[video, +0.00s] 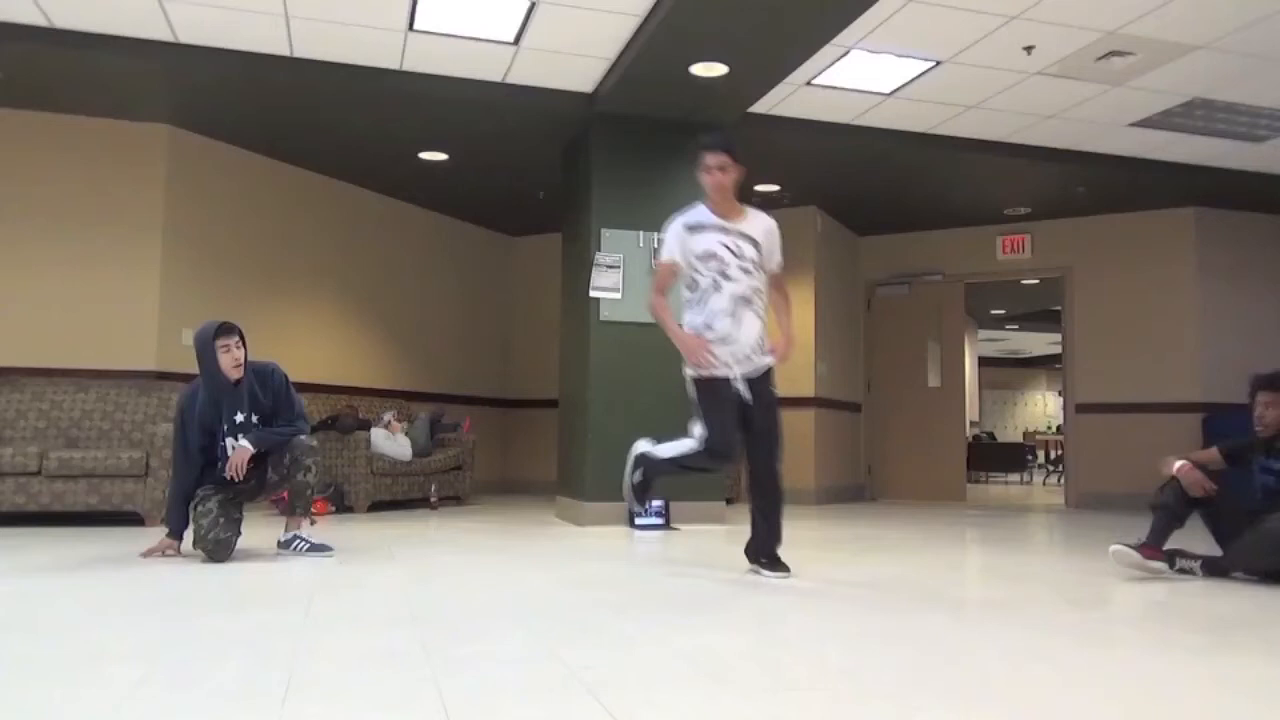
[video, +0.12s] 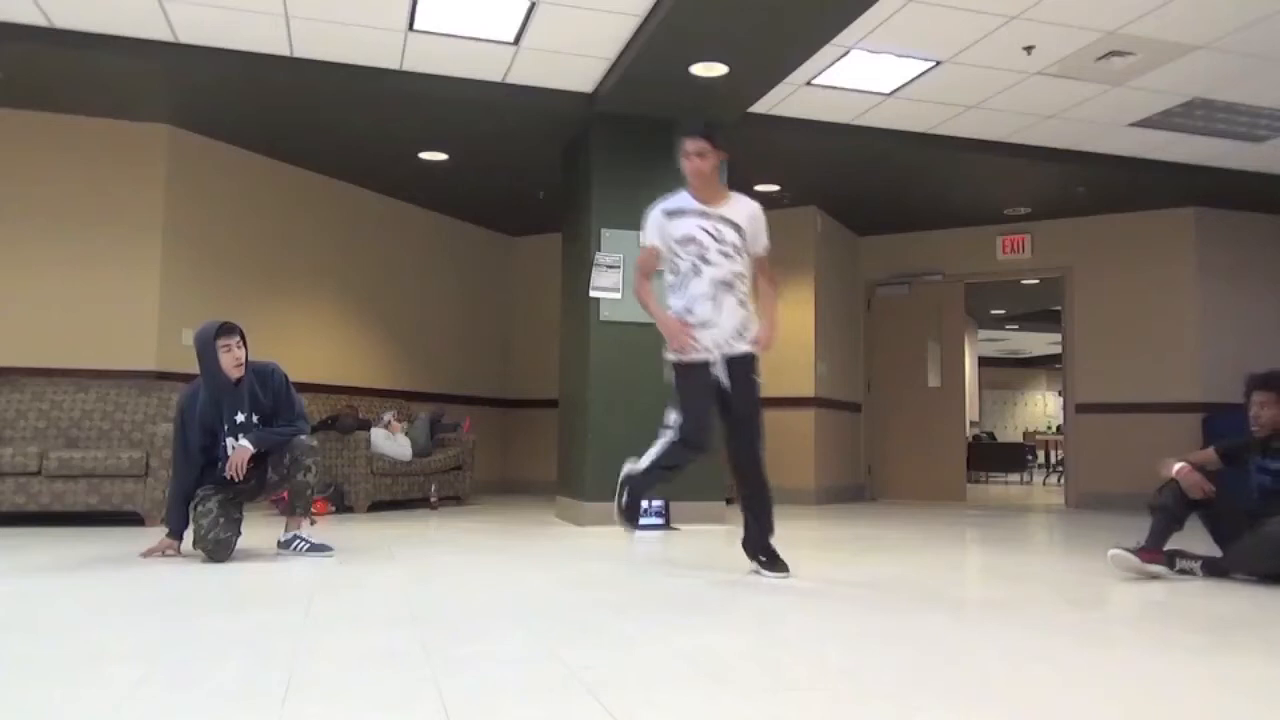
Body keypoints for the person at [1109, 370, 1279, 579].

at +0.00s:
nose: (1258, 413)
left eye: (1269, 406)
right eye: (1256, 406)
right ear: (1251, 408)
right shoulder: (1256, 446)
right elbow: (1170, 462)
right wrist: (1182, 468)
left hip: (1271, 555)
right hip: (1246, 545)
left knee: (1276, 523)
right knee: (1188, 475)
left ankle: (1214, 566)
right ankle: (1151, 547)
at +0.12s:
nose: (1254, 413)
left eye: (1265, 406)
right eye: (1251, 406)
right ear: (1246, 408)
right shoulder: (1251, 447)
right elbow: (1169, 464)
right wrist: (1182, 470)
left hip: (1271, 553)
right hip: (1245, 544)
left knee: (1275, 529)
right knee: (1186, 477)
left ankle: (1209, 567)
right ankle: (1151, 549)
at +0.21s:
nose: (1246, 414)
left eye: (1256, 406)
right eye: (1243, 406)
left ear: (1276, 411)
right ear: (1239, 409)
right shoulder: (1246, 446)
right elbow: (1165, 467)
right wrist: (1179, 473)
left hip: (1266, 548)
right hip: (1238, 538)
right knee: (1183, 480)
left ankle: (1203, 567)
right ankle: (1147, 553)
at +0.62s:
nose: (1222, 421)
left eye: (1232, 414)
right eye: (1220, 413)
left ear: (1258, 420)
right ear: (1215, 414)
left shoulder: (1274, 463)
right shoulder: (1226, 456)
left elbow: (1270, 524)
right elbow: (1190, 479)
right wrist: (1150, 482)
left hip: (1264, 541)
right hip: (1230, 531)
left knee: (1268, 566)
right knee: (1178, 474)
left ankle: (1201, 566)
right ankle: (1149, 551)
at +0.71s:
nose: (1219, 424)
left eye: (1229, 417)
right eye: (1217, 416)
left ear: (1255, 424)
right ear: (1212, 417)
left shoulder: (1274, 464)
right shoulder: (1223, 458)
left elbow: (1271, 528)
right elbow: (1204, 497)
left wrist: (1193, 534)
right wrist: (1154, 496)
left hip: (1262, 540)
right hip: (1229, 528)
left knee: (1269, 568)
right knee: (1178, 475)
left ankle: (1207, 566)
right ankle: (1150, 551)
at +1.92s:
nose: (1217, 432)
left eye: (1227, 422)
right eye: (1213, 422)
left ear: (1253, 426)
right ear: (1208, 423)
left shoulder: (1273, 462)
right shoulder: (1220, 459)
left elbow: (1276, 527)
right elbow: (1208, 496)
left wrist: (1216, 522)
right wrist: (1163, 511)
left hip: (1266, 545)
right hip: (1234, 537)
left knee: (1270, 572)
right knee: (1185, 472)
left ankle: (1203, 566)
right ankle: (1149, 555)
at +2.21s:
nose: (1210, 434)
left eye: (1219, 424)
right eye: (1205, 426)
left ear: (1245, 425)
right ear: (1200, 428)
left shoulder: (1271, 459)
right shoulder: (1211, 458)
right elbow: (1197, 507)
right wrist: (1166, 538)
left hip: (1266, 540)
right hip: (1228, 530)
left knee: (1271, 572)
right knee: (1170, 475)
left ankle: (1203, 565)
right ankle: (1149, 552)